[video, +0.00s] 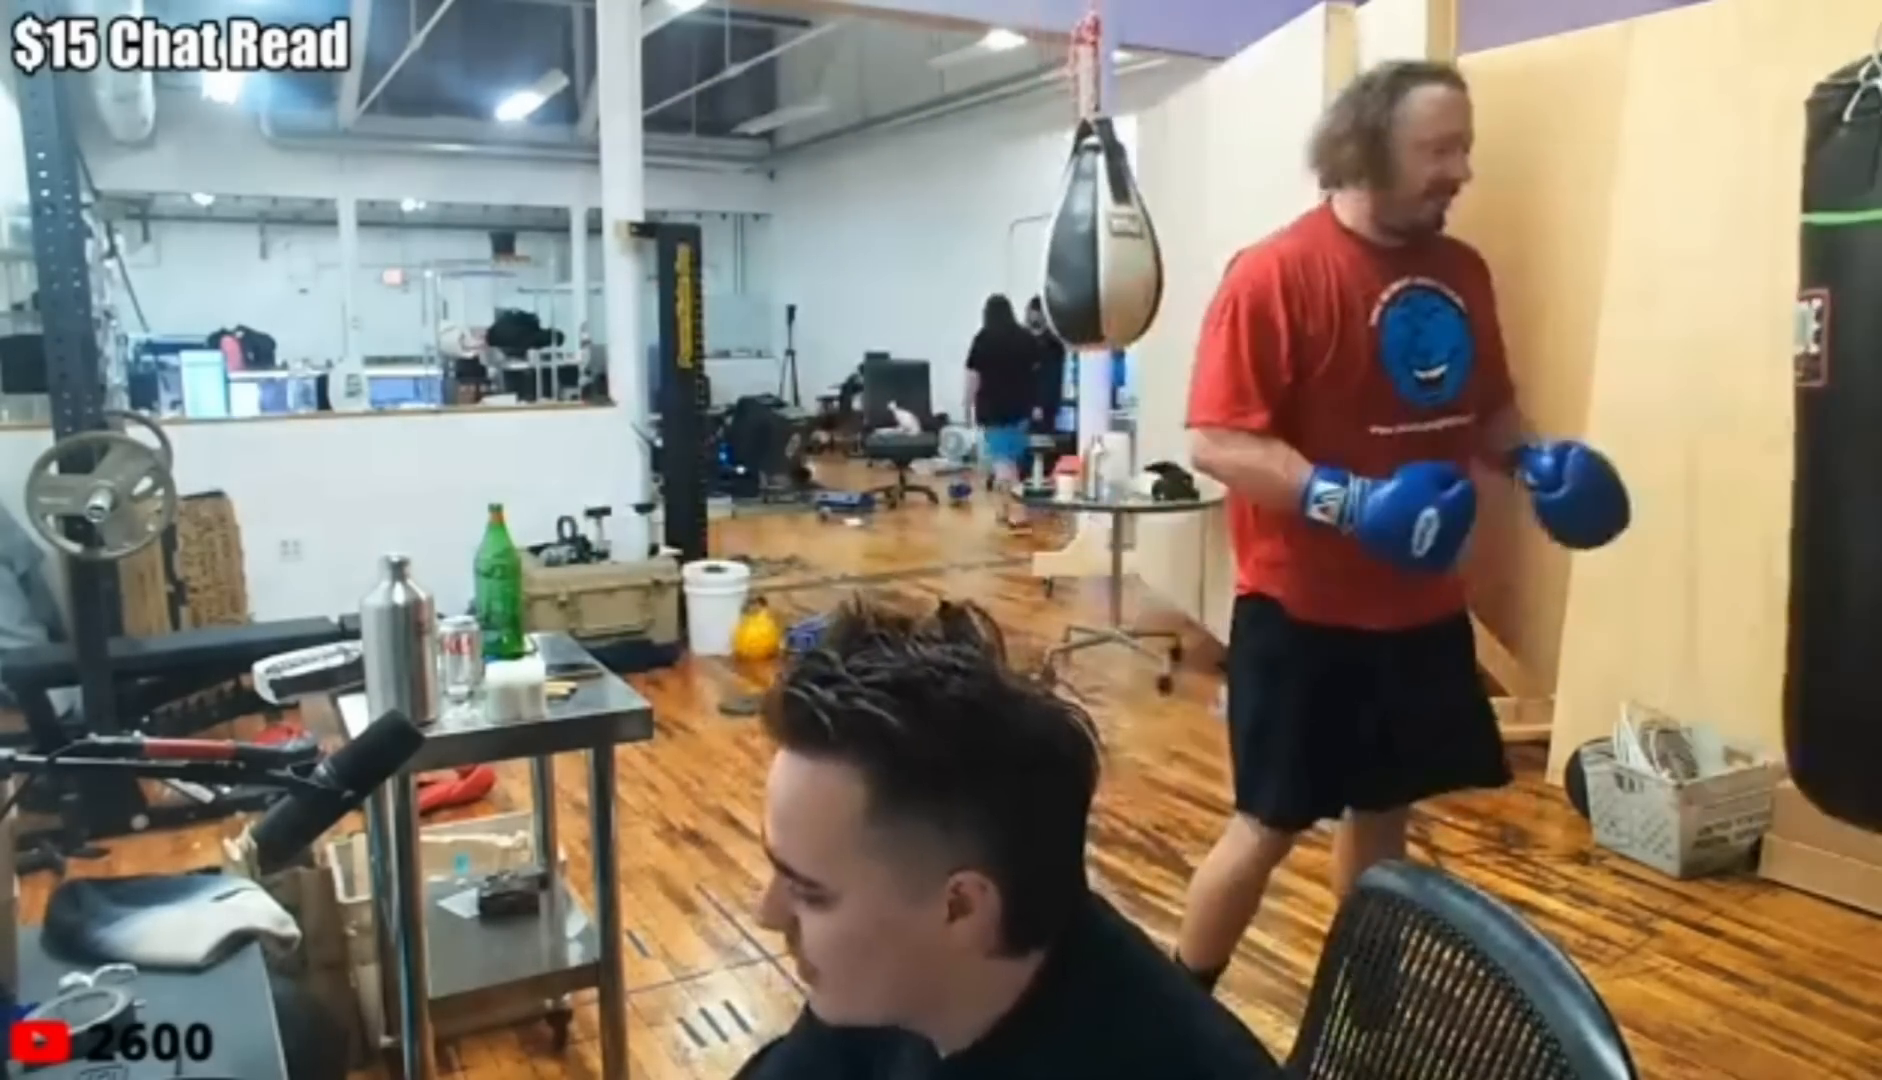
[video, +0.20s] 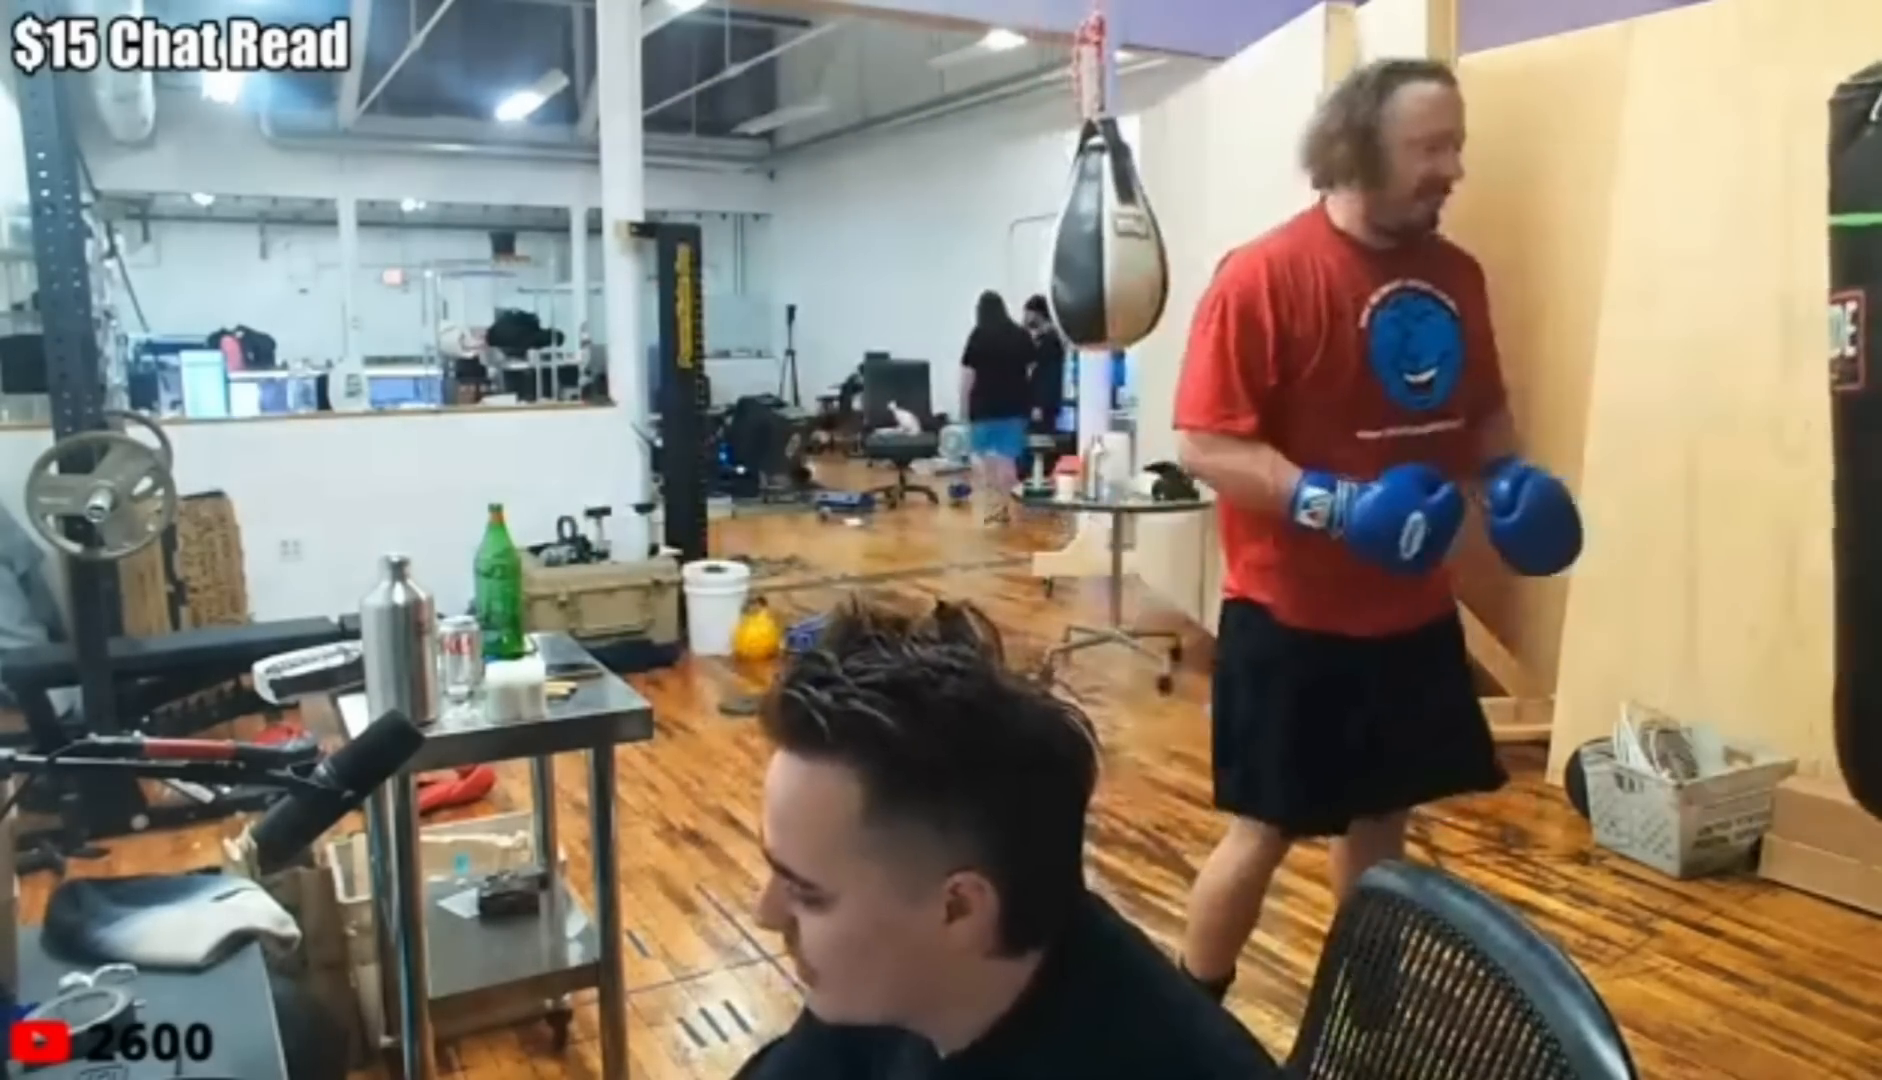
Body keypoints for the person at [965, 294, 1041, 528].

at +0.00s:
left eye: (988, 314)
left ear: (987, 314)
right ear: (1011, 312)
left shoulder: (984, 338)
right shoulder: (1026, 337)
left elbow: (973, 375)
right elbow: (1037, 371)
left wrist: (968, 405)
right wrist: (1036, 402)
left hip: (992, 407)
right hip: (1021, 406)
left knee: (1001, 458)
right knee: (1013, 457)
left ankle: (1015, 508)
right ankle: (1007, 507)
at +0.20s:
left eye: (979, 311)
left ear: (980, 312)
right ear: (1003, 308)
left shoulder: (978, 335)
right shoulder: (1021, 334)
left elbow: (968, 375)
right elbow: (1031, 366)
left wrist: (964, 407)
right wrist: (1025, 390)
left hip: (984, 408)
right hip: (1015, 406)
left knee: (985, 463)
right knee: (1007, 462)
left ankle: (991, 510)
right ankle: (1005, 509)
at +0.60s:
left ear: (958, 313)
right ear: (981, 311)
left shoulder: (957, 339)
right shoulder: (998, 336)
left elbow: (950, 378)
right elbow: (1010, 367)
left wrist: (946, 409)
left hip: (964, 408)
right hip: (995, 407)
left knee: (958, 458)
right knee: (995, 457)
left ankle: (955, 502)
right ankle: (1002, 508)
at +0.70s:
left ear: (952, 311)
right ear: (976, 310)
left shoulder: (950, 336)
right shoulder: (989, 331)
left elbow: (942, 373)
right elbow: (1005, 360)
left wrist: (939, 405)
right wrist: (987, 366)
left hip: (958, 404)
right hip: (986, 403)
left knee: (955, 455)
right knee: (991, 454)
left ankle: (954, 499)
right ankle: (994, 493)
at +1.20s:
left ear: (954, 315)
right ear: (976, 314)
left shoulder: (945, 339)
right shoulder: (985, 337)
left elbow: (928, 372)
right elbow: (1005, 353)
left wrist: (930, 404)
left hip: (952, 407)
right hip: (980, 406)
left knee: (950, 457)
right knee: (979, 456)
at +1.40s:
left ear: (961, 311)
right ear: (984, 311)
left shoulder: (954, 336)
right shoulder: (993, 334)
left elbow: (946, 371)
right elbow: (1005, 370)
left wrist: (946, 399)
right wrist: (1011, 404)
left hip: (962, 399)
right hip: (989, 399)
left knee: (955, 442)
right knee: (985, 446)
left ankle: (957, 483)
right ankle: (985, 489)